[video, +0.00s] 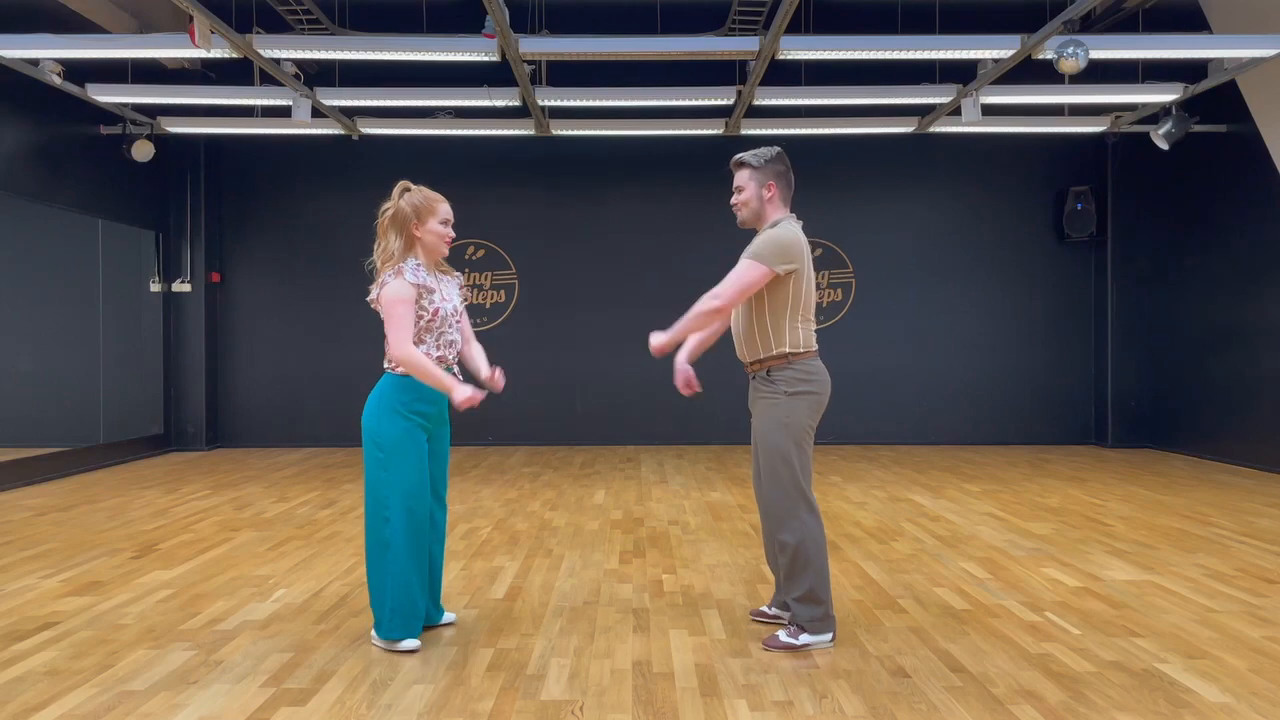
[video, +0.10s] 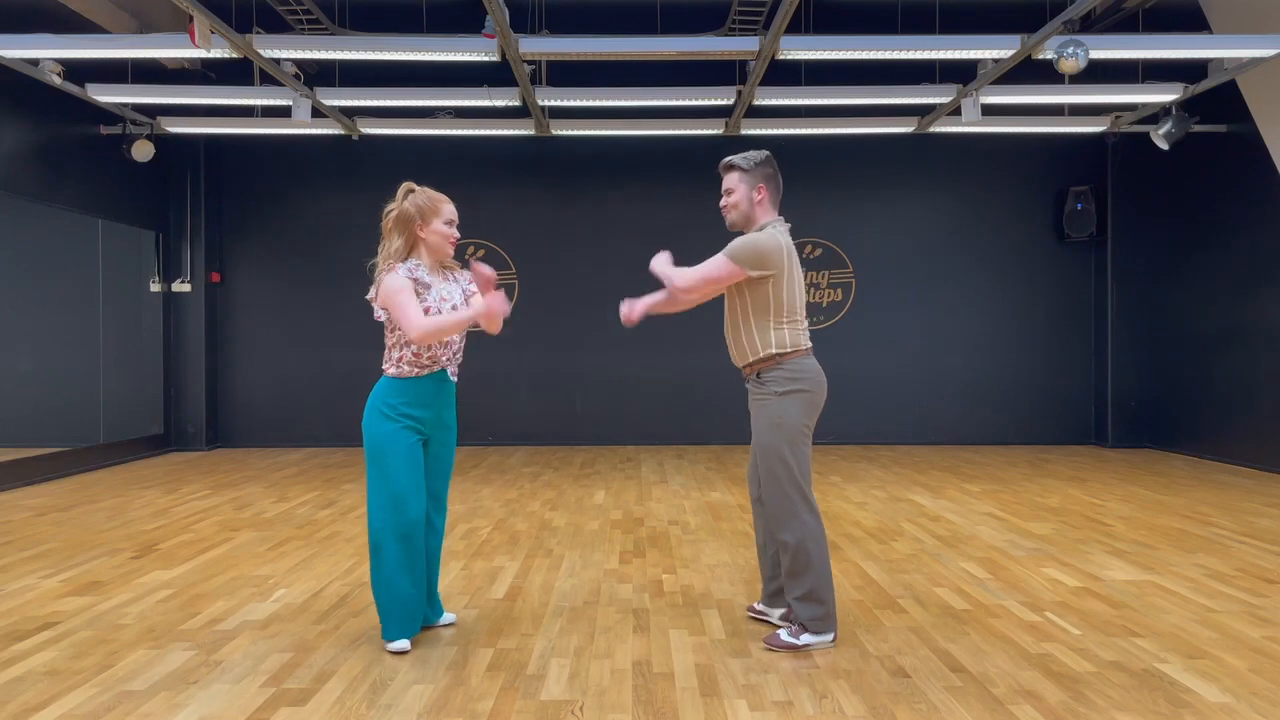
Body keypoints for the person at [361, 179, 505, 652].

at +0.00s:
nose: (453, 232)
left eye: (452, 223)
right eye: (444, 224)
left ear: (434, 229)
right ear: (415, 229)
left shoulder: (450, 282)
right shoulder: (400, 282)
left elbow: (465, 339)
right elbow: (400, 351)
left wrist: (482, 371)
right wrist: (452, 386)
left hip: (433, 407)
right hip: (397, 408)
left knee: (430, 510)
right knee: (398, 514)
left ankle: (424, 607)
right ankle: (391, 624)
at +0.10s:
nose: (458, 232)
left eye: (456, 223)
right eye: (448, 224)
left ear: (439, 230)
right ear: (420, 230)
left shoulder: (462, 277)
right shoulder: (395, 278)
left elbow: (492, 325)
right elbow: (417, 331)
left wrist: (490, 291)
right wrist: (477, 313)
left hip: (442, 406)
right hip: (396, 406)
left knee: (433, 511)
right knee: (403, 513)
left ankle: (426, 604)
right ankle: (396, 623)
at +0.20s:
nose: (461, 230)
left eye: (460, 222)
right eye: (452, 223)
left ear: (439, 229)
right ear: (423, 230)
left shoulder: (459, 270)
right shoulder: (394, 277)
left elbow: (488, 305)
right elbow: (428, 316)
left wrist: (469, 266)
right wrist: (472, 270)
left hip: (447, 409)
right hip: (397, 409)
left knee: (441, 514)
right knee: (402, 516)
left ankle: (426, 605)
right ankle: (396, 623)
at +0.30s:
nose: (463, 237)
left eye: (463, 229)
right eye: (452, 227)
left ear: (463, 239)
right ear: (420, 236)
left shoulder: (472, 282)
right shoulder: (392, 287)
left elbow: (467, 318)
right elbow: (427, 329)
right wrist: (462, 284)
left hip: (457, 419)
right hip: (400, 418)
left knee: (467, 524)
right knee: (402, 526)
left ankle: (434, 584)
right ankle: (395, 626)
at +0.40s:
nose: (456, 247)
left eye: (462, 240)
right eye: (444, 238)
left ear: (468, 248)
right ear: (419, 247)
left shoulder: (480, 296)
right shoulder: (393, 303)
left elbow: (467, 364)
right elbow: (408, 371)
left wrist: (410, 367)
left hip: (469, 429)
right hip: (409, 431)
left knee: (490, 534)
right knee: (416, 541)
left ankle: (475, 599)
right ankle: (398, 632)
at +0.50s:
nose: (455, 256)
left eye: (465, 248)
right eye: (444, 248)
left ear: (476, 256)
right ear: (427, 256)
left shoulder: (492, 315)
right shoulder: (404, 315)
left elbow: (499, 385)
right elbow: (393, 390)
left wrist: (480, 416)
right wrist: (391, 455)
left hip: (487, 439)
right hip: (426, 442)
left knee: (515, 529)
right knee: (421, 555)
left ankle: (546, 636)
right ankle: (401, 639)